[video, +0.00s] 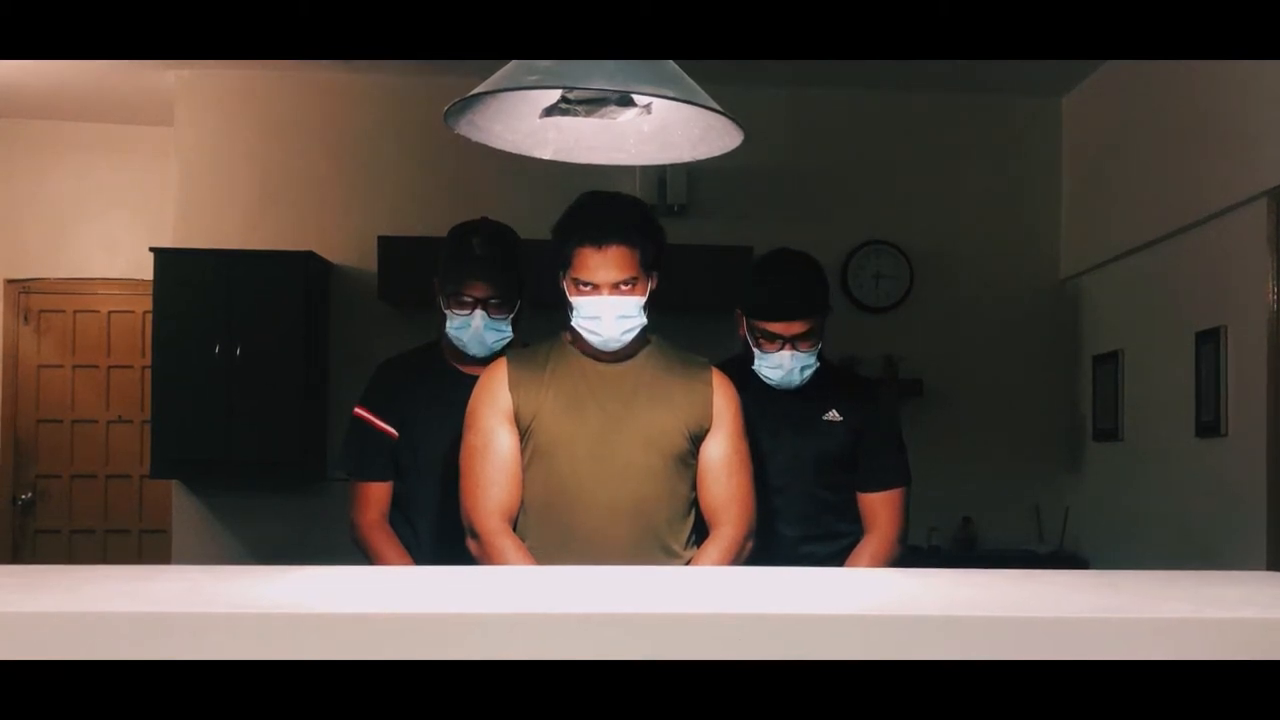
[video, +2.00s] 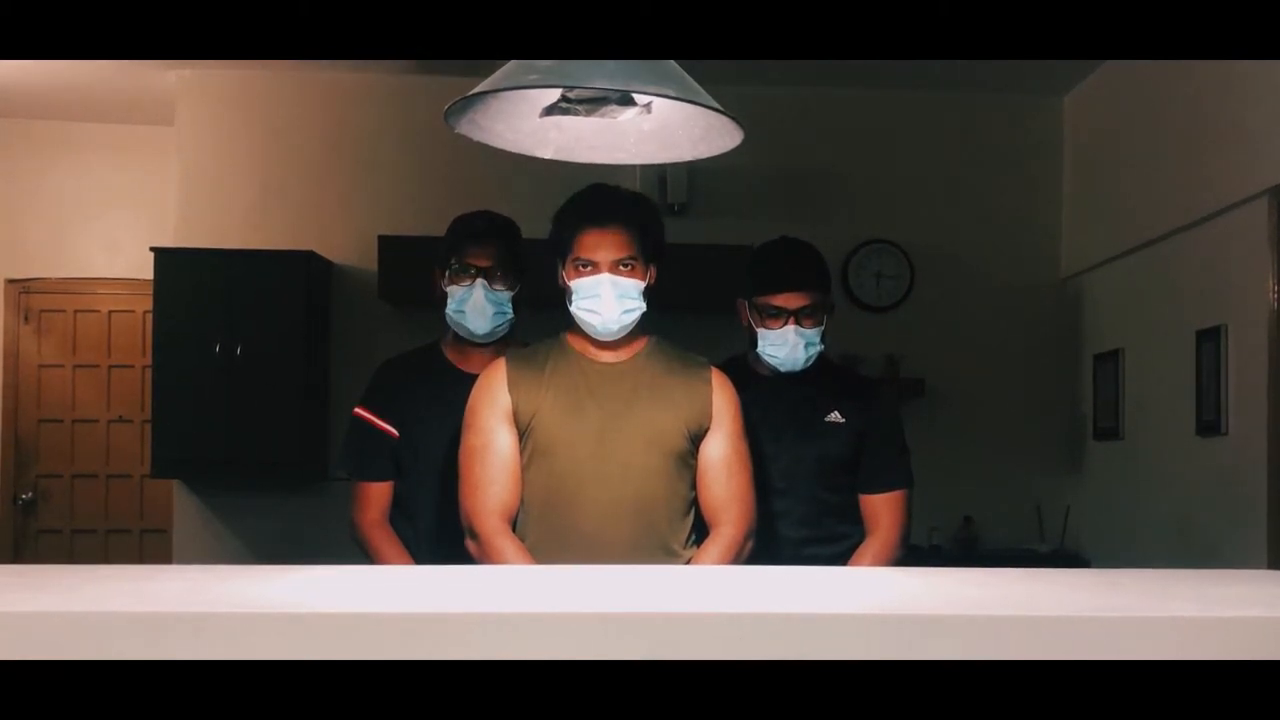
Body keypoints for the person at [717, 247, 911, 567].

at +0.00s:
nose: (786, 357)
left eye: (804, 339)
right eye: (769, 338)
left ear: (823, 327)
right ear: (743, 326)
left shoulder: (863, 402)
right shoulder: (714, 394)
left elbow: (883, 535)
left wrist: (830, 605)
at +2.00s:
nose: (791, 330)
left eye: (807, 314)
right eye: (773, 314)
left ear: (826, 313)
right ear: (746, 313)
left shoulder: (862, 399)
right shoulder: (714, 393)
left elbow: (885, 536)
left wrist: (831, 611)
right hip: (738, 593)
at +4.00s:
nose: (788, 308)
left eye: (804, 293)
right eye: (770, 293)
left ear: (822, 304)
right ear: (743, 304)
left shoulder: (861, 400)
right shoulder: (708, 394)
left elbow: (883, 537)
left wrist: (830, 611)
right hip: (734, 596)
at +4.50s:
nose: (780, 301)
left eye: (796, 287)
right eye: (762, 287)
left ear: (816, 300)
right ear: (737, 300)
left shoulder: (854, 397)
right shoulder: (705, 391)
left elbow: (877, 532)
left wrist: (825, 612)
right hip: (728, 597)